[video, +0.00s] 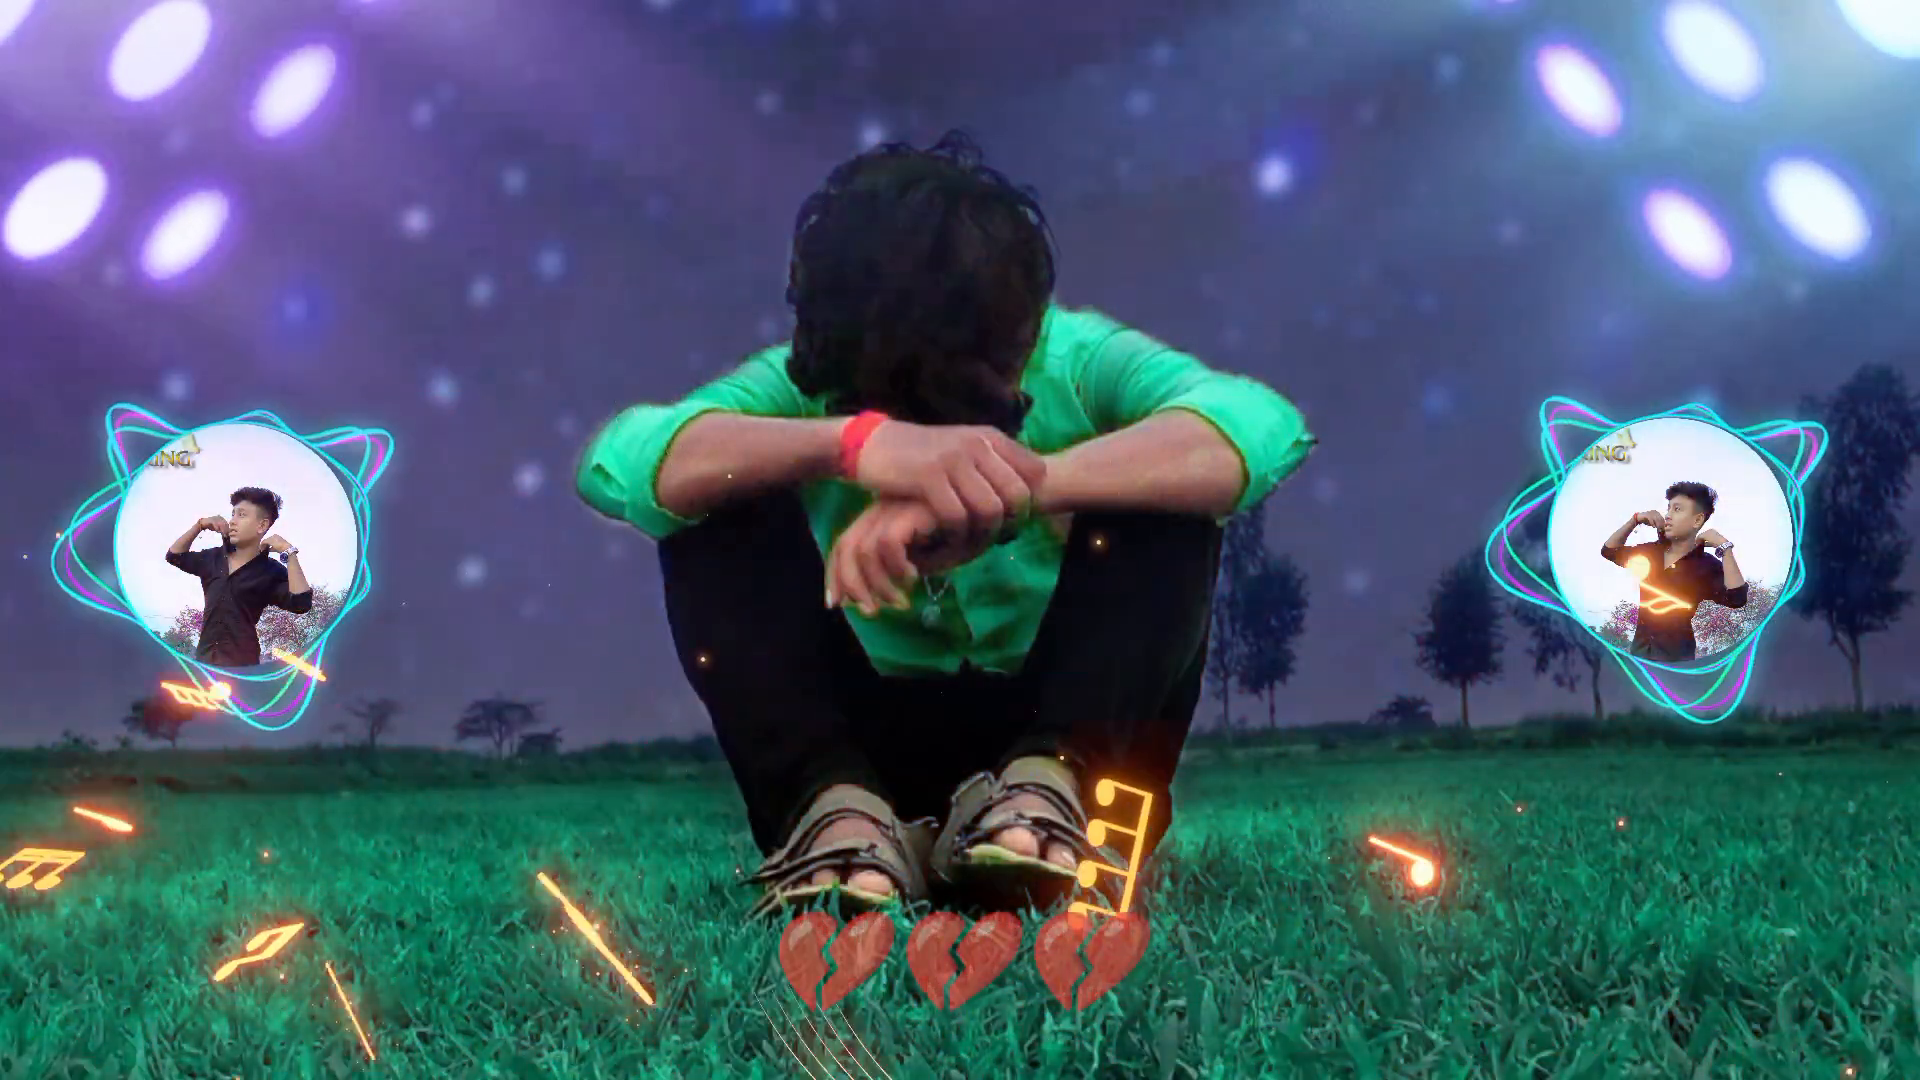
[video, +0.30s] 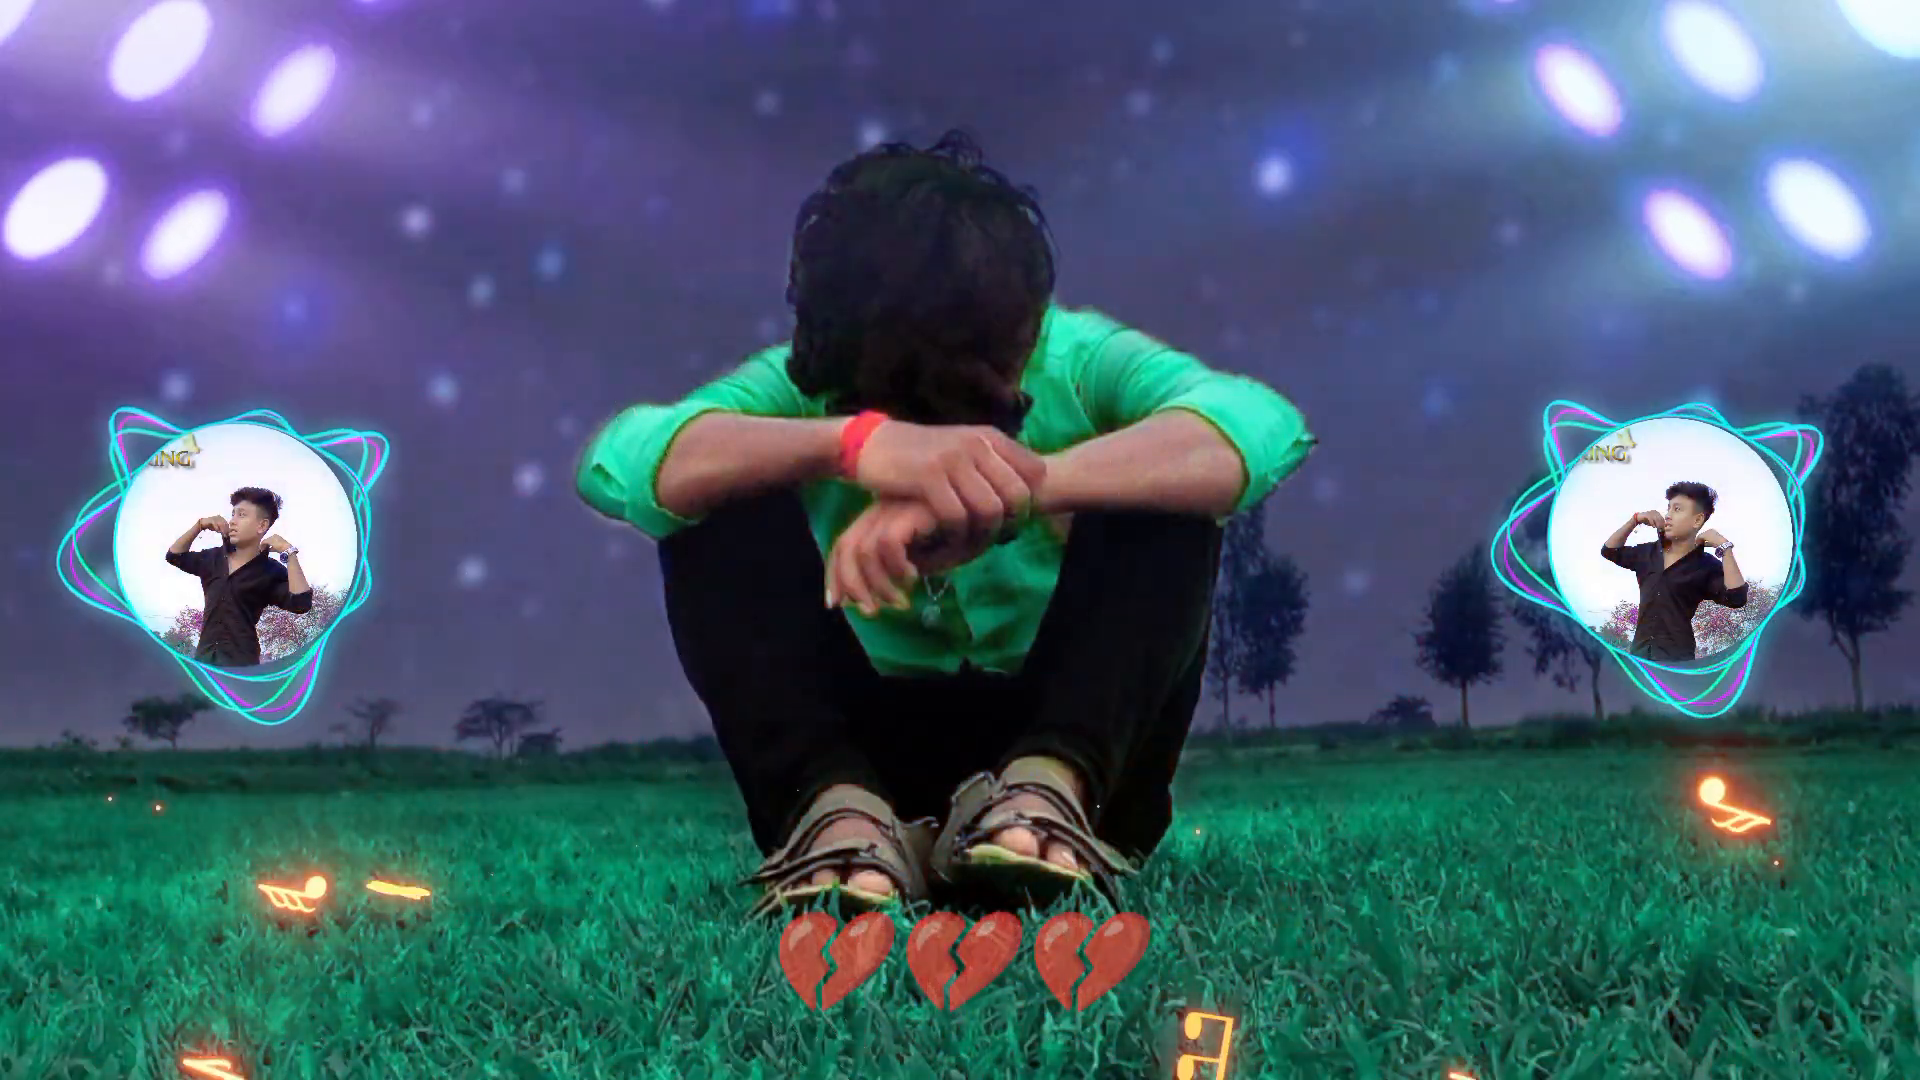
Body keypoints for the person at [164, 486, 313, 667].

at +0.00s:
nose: (232, 521)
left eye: (242, 515)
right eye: (233, 514)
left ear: (263, 525)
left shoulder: (270, 570)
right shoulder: (212, 558)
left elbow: (302, 604)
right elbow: (174, 556)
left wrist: (290, 553)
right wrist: (199, 526)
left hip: (243, 664)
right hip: (204, 660)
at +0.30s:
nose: (232, 521)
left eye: (242, 515)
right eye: (233, 514)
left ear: (262, 525)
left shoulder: (270, 570)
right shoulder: (213, 558)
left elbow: (302, 604)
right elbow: (174, 556)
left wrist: (290, 553)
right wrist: (199, 526)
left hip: (242, 662)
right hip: (204, 658)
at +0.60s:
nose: (231, 521)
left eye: (241, 515)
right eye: (232, 515)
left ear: (263, 525)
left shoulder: (270, 569)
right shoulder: (212, 558)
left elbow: (301, 604)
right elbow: (174, 557)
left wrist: (289, 552)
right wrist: (198, 526)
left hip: (242, 663)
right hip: (203, 659)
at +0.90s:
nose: (232, 521)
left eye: (241, 515)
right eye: (233, 515)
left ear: (263, 525)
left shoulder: (270, 569)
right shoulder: (212, 558)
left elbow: (301, 604)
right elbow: (174, 556)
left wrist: (289, 553)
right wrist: (199, 526)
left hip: (242, 663)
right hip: (203, 659)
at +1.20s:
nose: (232, 520)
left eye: (241, 515)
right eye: (233, 514)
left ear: (263, 525)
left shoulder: (270, 570)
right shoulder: (212, 558)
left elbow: (301, 604)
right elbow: (174, 556)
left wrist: (290, 553)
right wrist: (199, 526)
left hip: (242, 663)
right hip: (203, 659)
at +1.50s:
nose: (232, 521)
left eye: (242, 515)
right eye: (233, 514)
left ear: (263, 525)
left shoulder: (270, 570)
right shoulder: (212, 558)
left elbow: (301, 605)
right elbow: (174, 557)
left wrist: (290, 553)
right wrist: (199, 526)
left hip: (242, 662)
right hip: (203, 658)